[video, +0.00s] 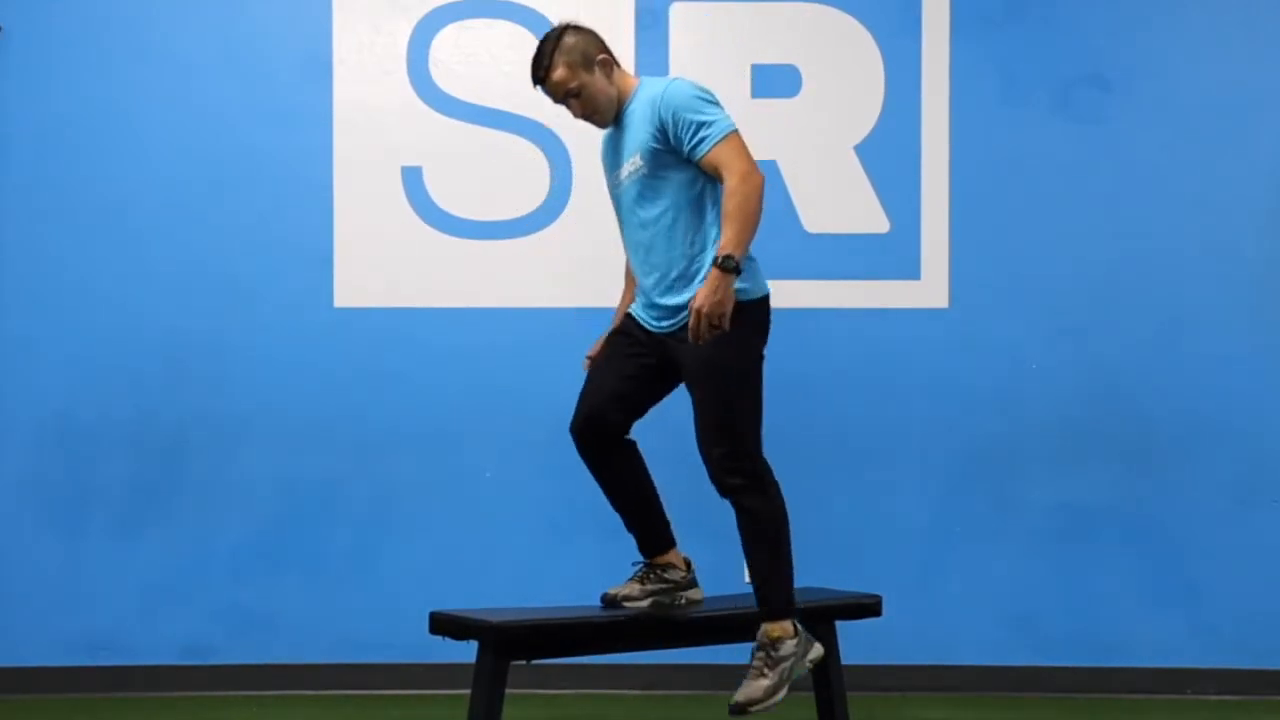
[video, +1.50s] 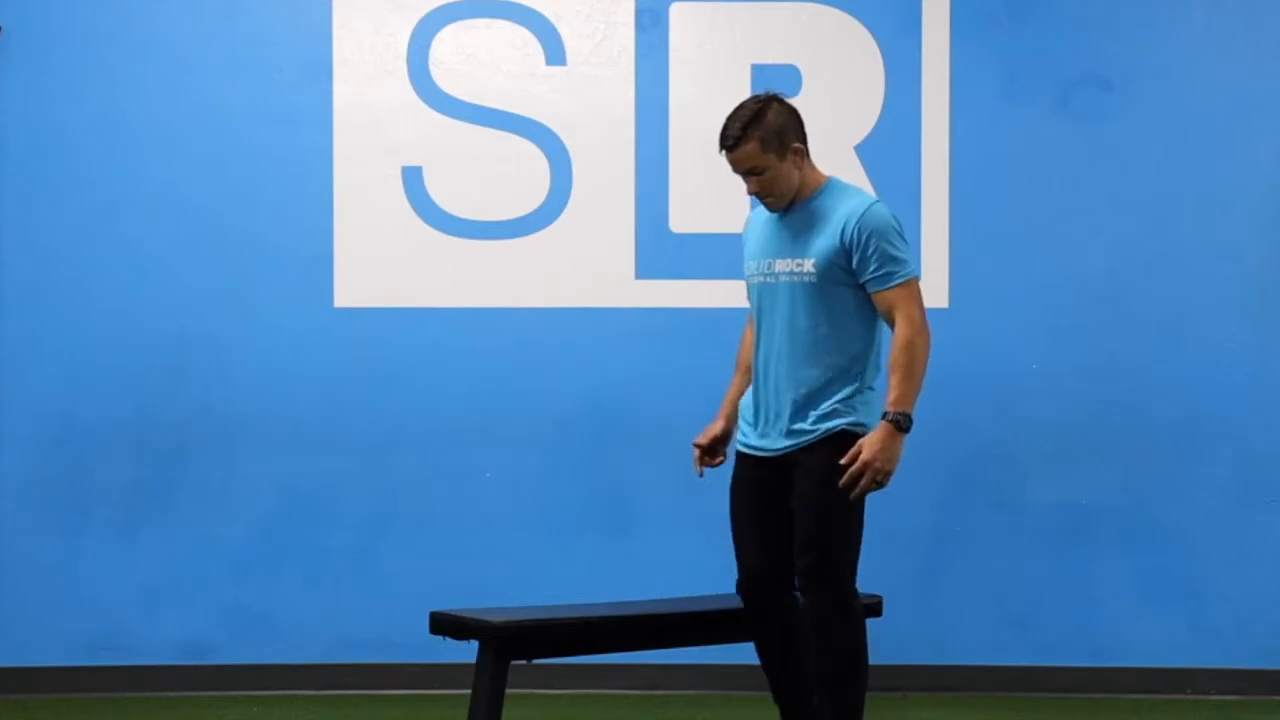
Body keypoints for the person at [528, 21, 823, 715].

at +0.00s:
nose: (570, 110)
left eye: (569, 94)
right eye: (560, 102)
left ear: (604, 63)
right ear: (578, 88)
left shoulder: (672, 100)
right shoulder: (614, 144)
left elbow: (745, 177)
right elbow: (643, 254)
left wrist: (723, 270)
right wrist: (618, 333)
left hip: (718, 311)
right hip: (652, 321)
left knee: (736, 465)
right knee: (595, 426)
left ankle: (782, 634)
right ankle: (667, 566)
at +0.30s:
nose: (616, 233)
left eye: (613, 216)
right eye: (606, 224)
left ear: (646, 186)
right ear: (639, 194)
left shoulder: (712, 224)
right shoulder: (663, 251)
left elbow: (761, 318)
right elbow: (684, 356)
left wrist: (700, 398)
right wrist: (658, 448)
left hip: (760, 425)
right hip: (699, 414)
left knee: (768, 593)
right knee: (582, 439)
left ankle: (826, 713)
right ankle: (665, 563)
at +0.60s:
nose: (667, 210)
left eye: (670, 193)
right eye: (658, 199)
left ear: (707, 170)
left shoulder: (777, 224)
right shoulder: (703, 238)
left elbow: (842, 318)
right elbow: (721, 341)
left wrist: (844, 426)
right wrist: (707, 433)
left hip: (790, 427)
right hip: (726, 406)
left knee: (801, 591)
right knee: (606, 427)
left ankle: (833, 715)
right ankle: (668, 561)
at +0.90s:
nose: (723, 194)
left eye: (729, 179)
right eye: (716, 182)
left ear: (768, 158)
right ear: (717, 173)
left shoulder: (840, 220)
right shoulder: (745, 223)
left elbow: (895, 322)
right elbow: (748, 323)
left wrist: (879, 426)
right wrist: (707, 415)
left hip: (813, 428)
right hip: (747, 400)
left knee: (816, 596)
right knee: (624, 417)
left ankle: (837, 716)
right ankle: (664, 551)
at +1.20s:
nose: (749, 184)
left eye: (756, 169)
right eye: (741, 172)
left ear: (797, 151)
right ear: (741, 163)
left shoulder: (860, 215)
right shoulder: (767, 212)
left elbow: (905, 322)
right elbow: (766, 314)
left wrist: (873, 418)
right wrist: (727, 394)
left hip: (825, 428)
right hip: (757, 407)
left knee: (823, 597)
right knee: (662, 482)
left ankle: (839, 715)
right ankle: (765, 605)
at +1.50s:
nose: (750, 188)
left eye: (758, 173)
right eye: (742, 175)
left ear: (797, 154)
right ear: (737, 164)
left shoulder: (862, 218)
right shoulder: (760, 221)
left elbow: (911, 325)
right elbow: (761, 326)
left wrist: (894, 425)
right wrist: (727, 417)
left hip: (830, 439)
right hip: (759, 442)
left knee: (827, 597)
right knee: (760, 593)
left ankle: (839, 714)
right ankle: (800, 713)